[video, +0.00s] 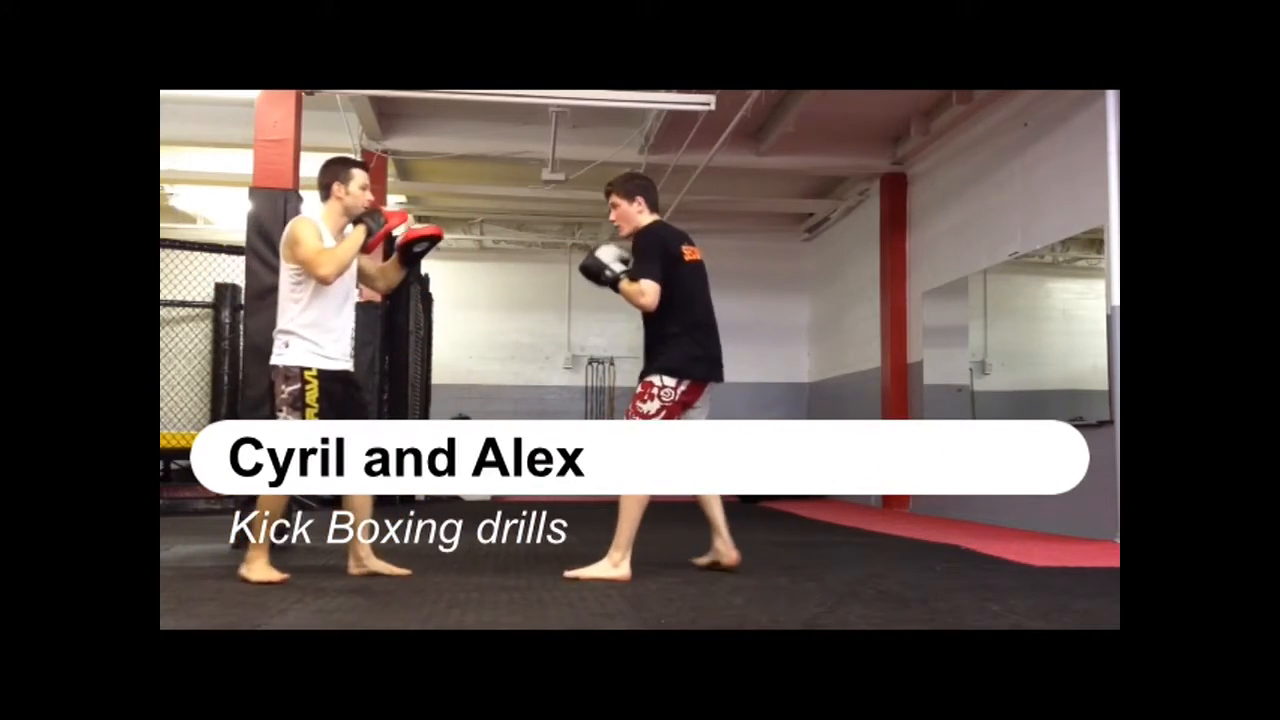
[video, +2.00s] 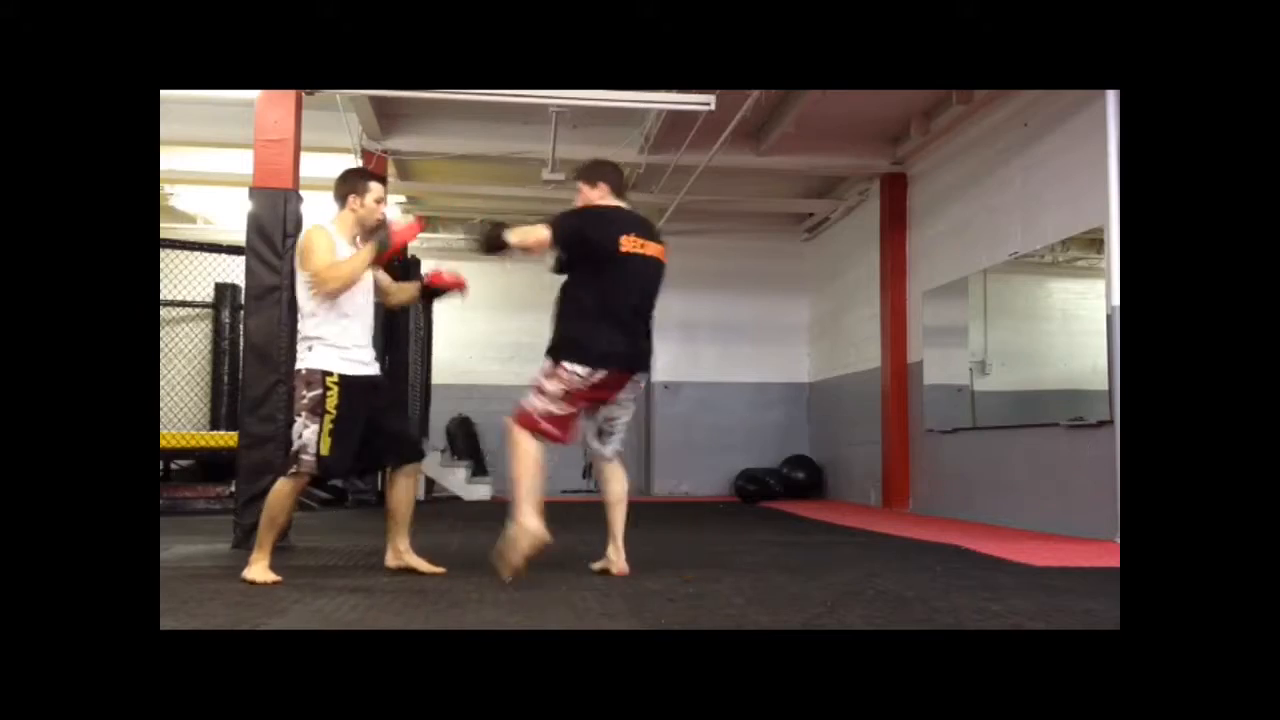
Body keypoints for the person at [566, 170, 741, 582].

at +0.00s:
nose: (612, 218)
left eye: (616, 208)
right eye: (610, 209)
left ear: (639, 203)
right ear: (644, 206)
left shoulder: (651, 237)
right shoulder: (676, 237)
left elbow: (647, 298)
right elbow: (660, 295)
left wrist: (614, 277)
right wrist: (623, 271)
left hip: (674, 364)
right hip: (700, 362)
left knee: (635, 451)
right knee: (690, 450)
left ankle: (618, 558)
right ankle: (724, 545)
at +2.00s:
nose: (578, 198)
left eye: (581, 191)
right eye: (579, 191)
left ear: (598, 188)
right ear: (619, 190)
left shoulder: (587, 219)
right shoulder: (652, 234)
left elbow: (535, 238)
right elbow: (620, 270)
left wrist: (500, 236)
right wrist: (572, 253)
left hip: (583, 352)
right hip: (632, 357)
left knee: (525, 426)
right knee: (607, 451)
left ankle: (527, 521)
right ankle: (616, 551)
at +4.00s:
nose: (638, 225)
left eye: (642, 215)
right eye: (635, 217)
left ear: (666, 211)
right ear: (665, 214)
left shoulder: (686, 242)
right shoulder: (685, 249)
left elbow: (709, 297)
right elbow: (679, 315)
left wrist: (661, 285)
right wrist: (652, 285)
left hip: (702, 369)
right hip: (726, 368)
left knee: (659, 457)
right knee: (725, 460)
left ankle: (631, 557)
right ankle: (764, 551)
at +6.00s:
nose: (547, 236)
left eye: (547, 226)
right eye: (545, 226)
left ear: (563, 218)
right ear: (575, 212)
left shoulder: (580, 263)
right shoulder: (626, 227)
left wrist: (545, 336)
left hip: (616, 368)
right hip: (656, 361)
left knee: (573, 456)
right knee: (646, 450)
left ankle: (585, 561)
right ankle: (696, 532)